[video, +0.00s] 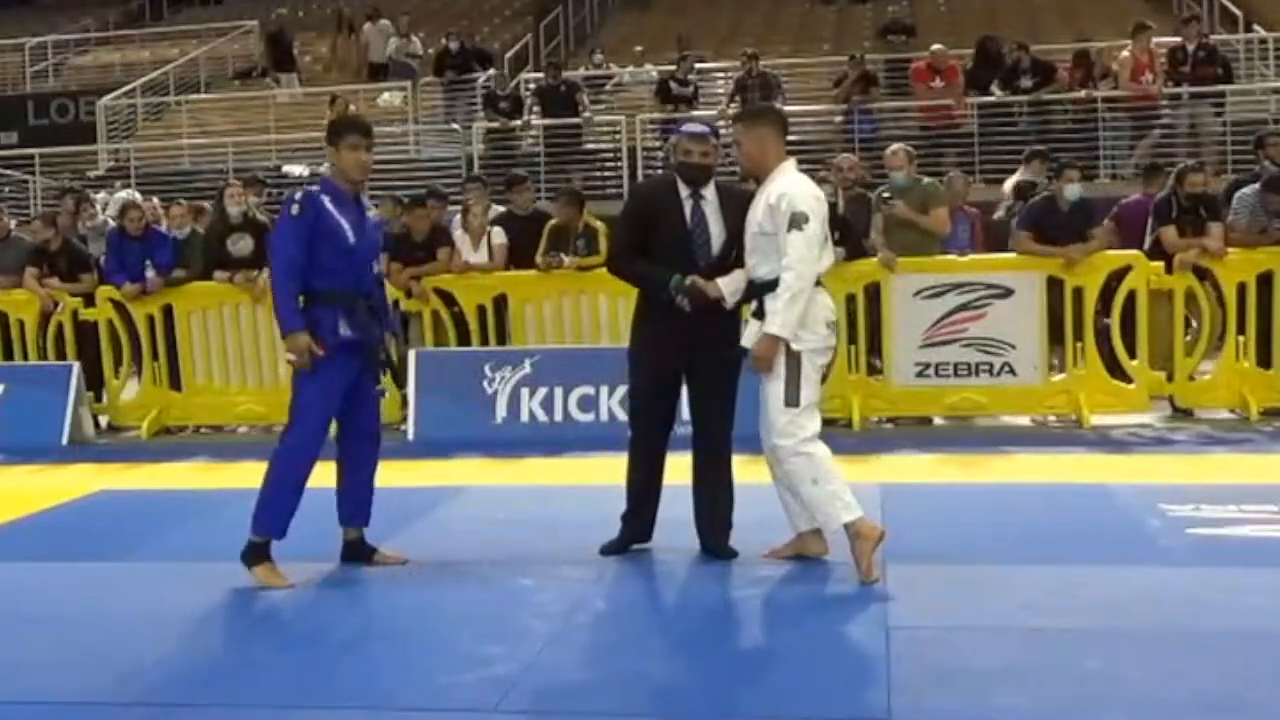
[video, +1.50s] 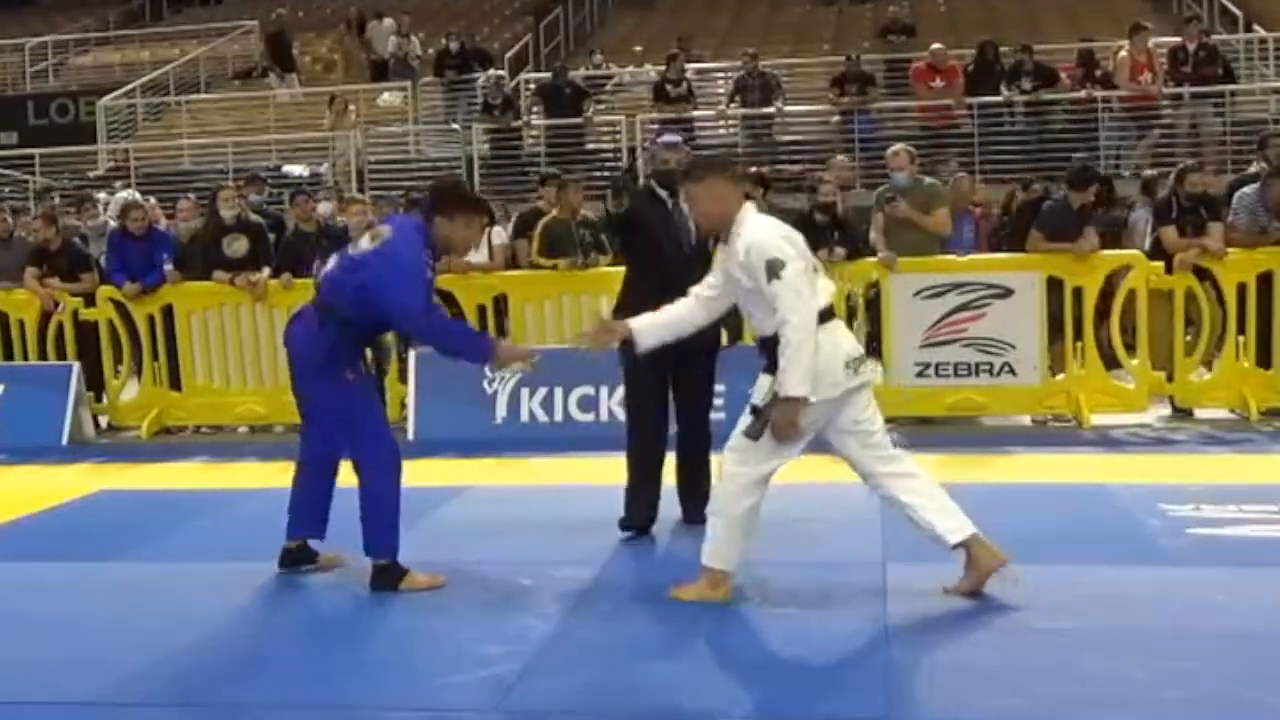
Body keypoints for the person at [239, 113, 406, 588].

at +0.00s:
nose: (364, 159)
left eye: (368, 150)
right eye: (354, 150)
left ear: (371, 156)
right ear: (332, 154)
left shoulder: (362, 211)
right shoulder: (304, 205)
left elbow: (369, 276)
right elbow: (283, 271)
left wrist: (383, 326)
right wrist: (293, 329)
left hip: (365, 336)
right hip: (324, 336)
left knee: (362, 438)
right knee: (304, 438)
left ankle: (355, 540)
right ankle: (259, 545)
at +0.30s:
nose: (348, 166)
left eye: (348, 157)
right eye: (339, 157)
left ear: (332, 160)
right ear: (310, 159)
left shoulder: (335, 221)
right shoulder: (266, 210)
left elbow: (346, 281)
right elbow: (219, 264)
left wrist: (354, 321)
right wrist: (250, 314)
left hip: (332, 348)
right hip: (284, 348)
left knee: (346, 445)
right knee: (268, 452)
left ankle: (352, 541)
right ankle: (250, 560)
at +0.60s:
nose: (341, 167)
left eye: (341, 158)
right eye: (333, 158)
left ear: (319, 160)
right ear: (304, 158)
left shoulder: (324, 210)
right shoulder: (263, 209)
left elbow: (329, 274)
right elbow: (224, 277)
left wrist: (341, 319)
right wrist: (247, 342)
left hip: (326, 333)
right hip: (283, 335)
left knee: (336, 442)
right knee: (272, 447)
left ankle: (312, 547)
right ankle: (250, 559)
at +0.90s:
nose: (364, 164)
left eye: (362, 155)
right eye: (356, 155)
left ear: (337, 160)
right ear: (328, 159)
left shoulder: (343, 214)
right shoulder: (289, 206)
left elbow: (344, 274)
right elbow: (254, 274)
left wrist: (365, 303)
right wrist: (283, 336)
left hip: (340, 334)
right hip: (303, 336)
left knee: (339, 445)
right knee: (322, 442)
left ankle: (309, 549)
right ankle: (269, 538)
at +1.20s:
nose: (412, 178)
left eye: (410, 169)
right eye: (405, 169)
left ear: (384, 173)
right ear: (378, 173)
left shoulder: (380, 223)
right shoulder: (345, 206)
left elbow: (363, 284)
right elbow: (288, 255)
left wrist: (393, 315)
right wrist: (313, 327)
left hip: (347, 340)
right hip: (321, 342)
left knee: (338, 445)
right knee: (365, 446)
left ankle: (309, 551)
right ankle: (386, 563)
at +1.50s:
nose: (475, 241)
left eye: (478, 231)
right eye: (473, 229)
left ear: (444, 219)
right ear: (447, 219)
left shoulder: (403, 231)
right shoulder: (405, 254)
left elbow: (417, 310)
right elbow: (417, 319)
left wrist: (478, 346)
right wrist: (490, 350)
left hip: (310, 332)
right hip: (330, 345)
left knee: (321, 441)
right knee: (380, 454)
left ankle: (297, 547)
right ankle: (385, 566)